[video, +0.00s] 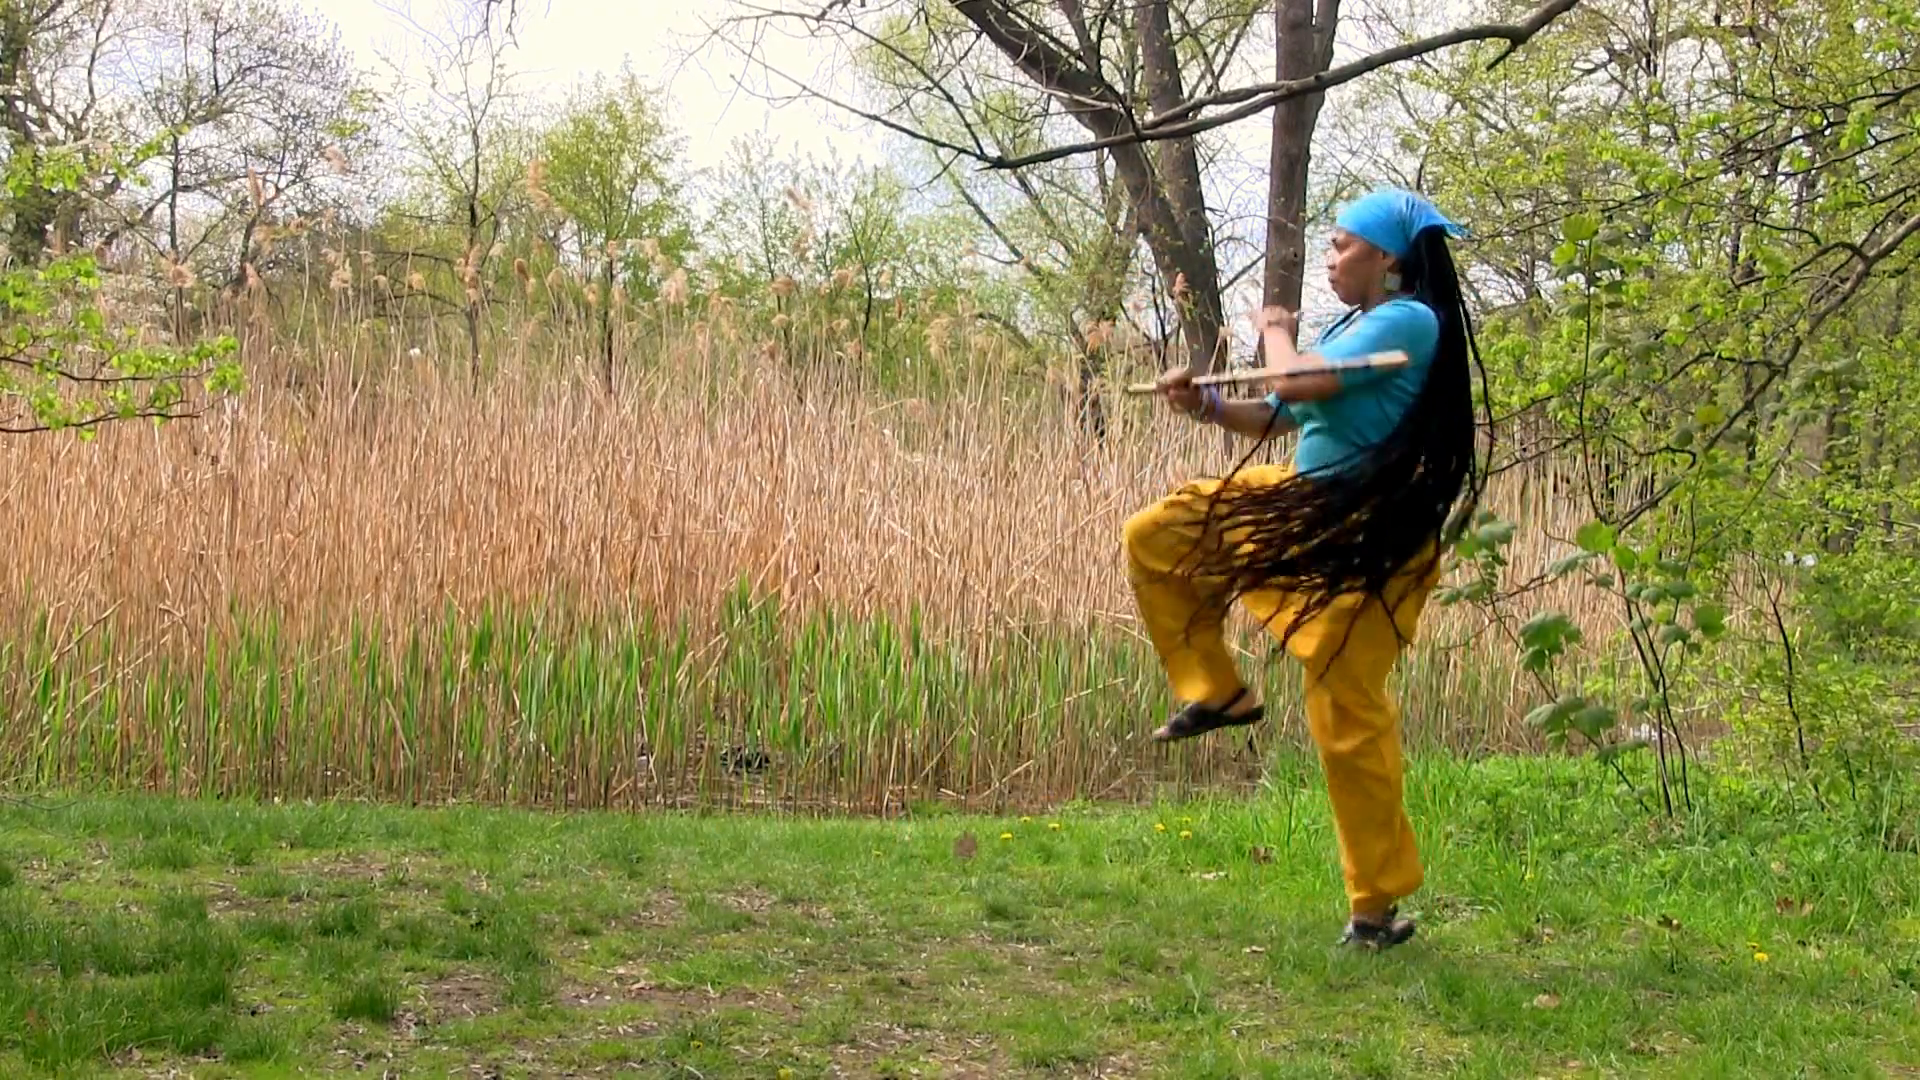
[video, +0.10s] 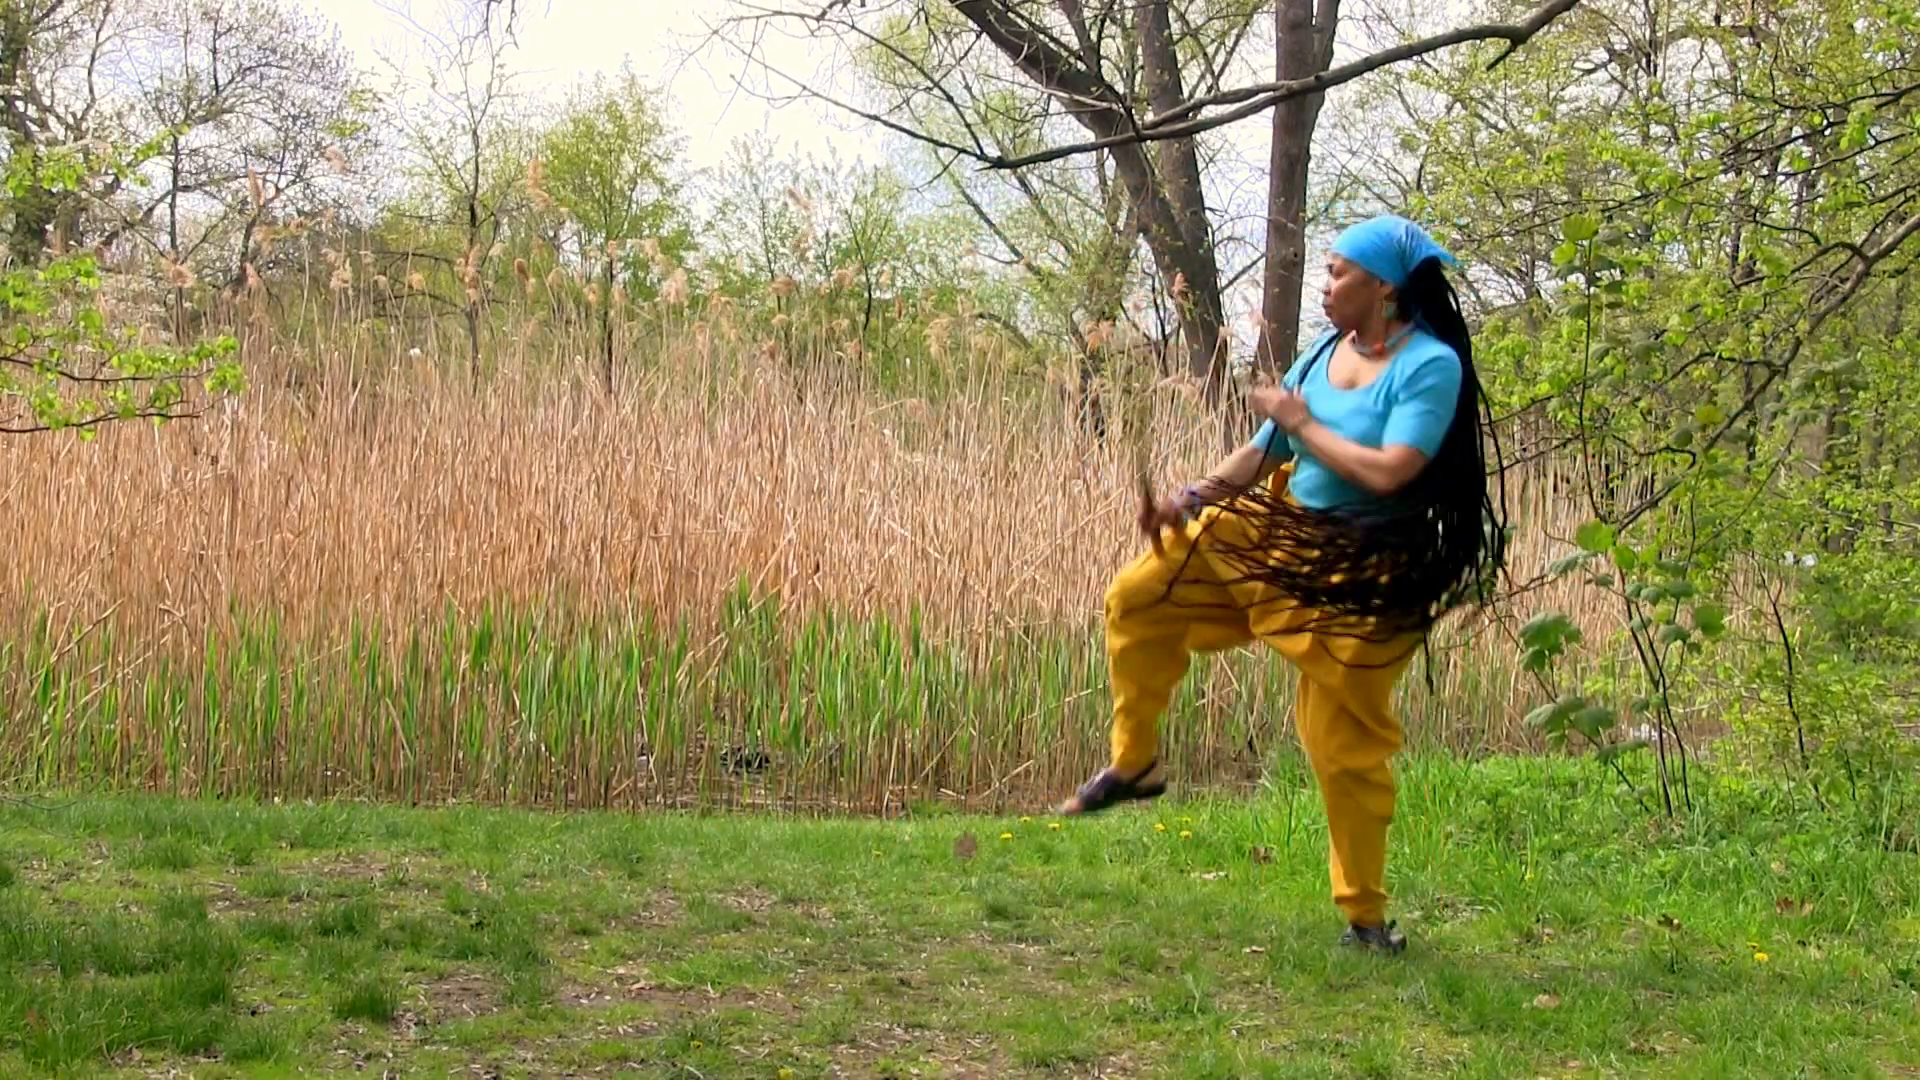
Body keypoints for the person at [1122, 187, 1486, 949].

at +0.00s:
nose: (1329, 257)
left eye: (1344, 245)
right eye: (1332, 244)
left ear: (1389, 258)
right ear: (1366, 259)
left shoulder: (1409, 322)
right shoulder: (1350, 331)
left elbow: (1304, 384)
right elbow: (1277, 417)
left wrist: (1275, 331)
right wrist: (1210, 405)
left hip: (1376, 537)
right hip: (1305, 504)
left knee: (1345, 711)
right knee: (1158, 539)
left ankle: (1376, 903)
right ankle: (1214, 690)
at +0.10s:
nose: (1325, 285)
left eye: (1340, 274)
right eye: (1328, 271)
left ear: (1386, 286)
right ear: (1355, 282)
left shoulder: (1432, 367)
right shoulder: (1327, 348)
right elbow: (1265, 450)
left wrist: (1301, 424)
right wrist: (1198, 492)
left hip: (1364, 570)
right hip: (1275, 532)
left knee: (1345, 744)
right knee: (1136, 600)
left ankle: (1364, 914)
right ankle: (1134, 765)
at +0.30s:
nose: (1304, 343)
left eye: (1320, 334)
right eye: (1306, 329)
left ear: (1366, 355)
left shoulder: (1423, 431)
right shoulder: (1282, 399)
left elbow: (1527, 503)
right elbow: (1214, 484)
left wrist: (1473, 493)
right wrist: (1142, 536)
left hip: (1357, 602)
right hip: (1253, 591)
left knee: (1358, 777)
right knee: (1208, 766)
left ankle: (1361, 926)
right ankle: (1167, 914)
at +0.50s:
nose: (1232, 309)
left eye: (1249, 301)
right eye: (1235, 297)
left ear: (1295, 323)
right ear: (1248, 313)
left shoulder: (1347, 396)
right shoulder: (1211, 367)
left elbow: (1456, 412)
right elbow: (1124, 405)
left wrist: (1427, 323)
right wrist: (1081, 362)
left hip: (1276, 583)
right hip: (1174, 558)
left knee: (1313, 767)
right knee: (1058, 674)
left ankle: (1364, 924)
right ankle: (1054, 830)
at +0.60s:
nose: (1176, 277)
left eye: (1192, 268)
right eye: (1177, 266)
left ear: (1238, 286)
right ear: (1188, 281)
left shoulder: (1289, 357)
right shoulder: (1165, 333)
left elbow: (1369, 374)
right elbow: (1092, 347)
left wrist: (1332, 291)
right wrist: (1113, 271)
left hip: (1220, 551)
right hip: (1114, 521)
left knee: (1269, 730)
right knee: (987, 658)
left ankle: (1314, 901)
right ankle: (929, 809)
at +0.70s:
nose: (1127, 278)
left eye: (1142, 267)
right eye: (1126, 266)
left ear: (1181, 287)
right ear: (1125, 280)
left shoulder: (1215, 358)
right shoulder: (1107, 332)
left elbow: (1266, 364)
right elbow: (1051, 309)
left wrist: (1188, 302)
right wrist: (1103, 239)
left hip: (1162, 551)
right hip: (1059, 526)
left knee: (1197, 737)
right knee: (960, 685)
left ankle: (1143, 872)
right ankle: (869, 844)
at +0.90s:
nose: (1006, 310)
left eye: (1024, 304)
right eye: (1011, 301)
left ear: (1064, 330)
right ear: (1027, 324)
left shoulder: (1106, 392)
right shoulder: (983, 389)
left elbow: (1064, 401)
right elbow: (900, 403)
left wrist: (1002, 356)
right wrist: (891, 328)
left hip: (1055, 586)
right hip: (955, 573)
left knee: (1068, 761)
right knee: (880, 733)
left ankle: (1095, 900)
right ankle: (853, 896)